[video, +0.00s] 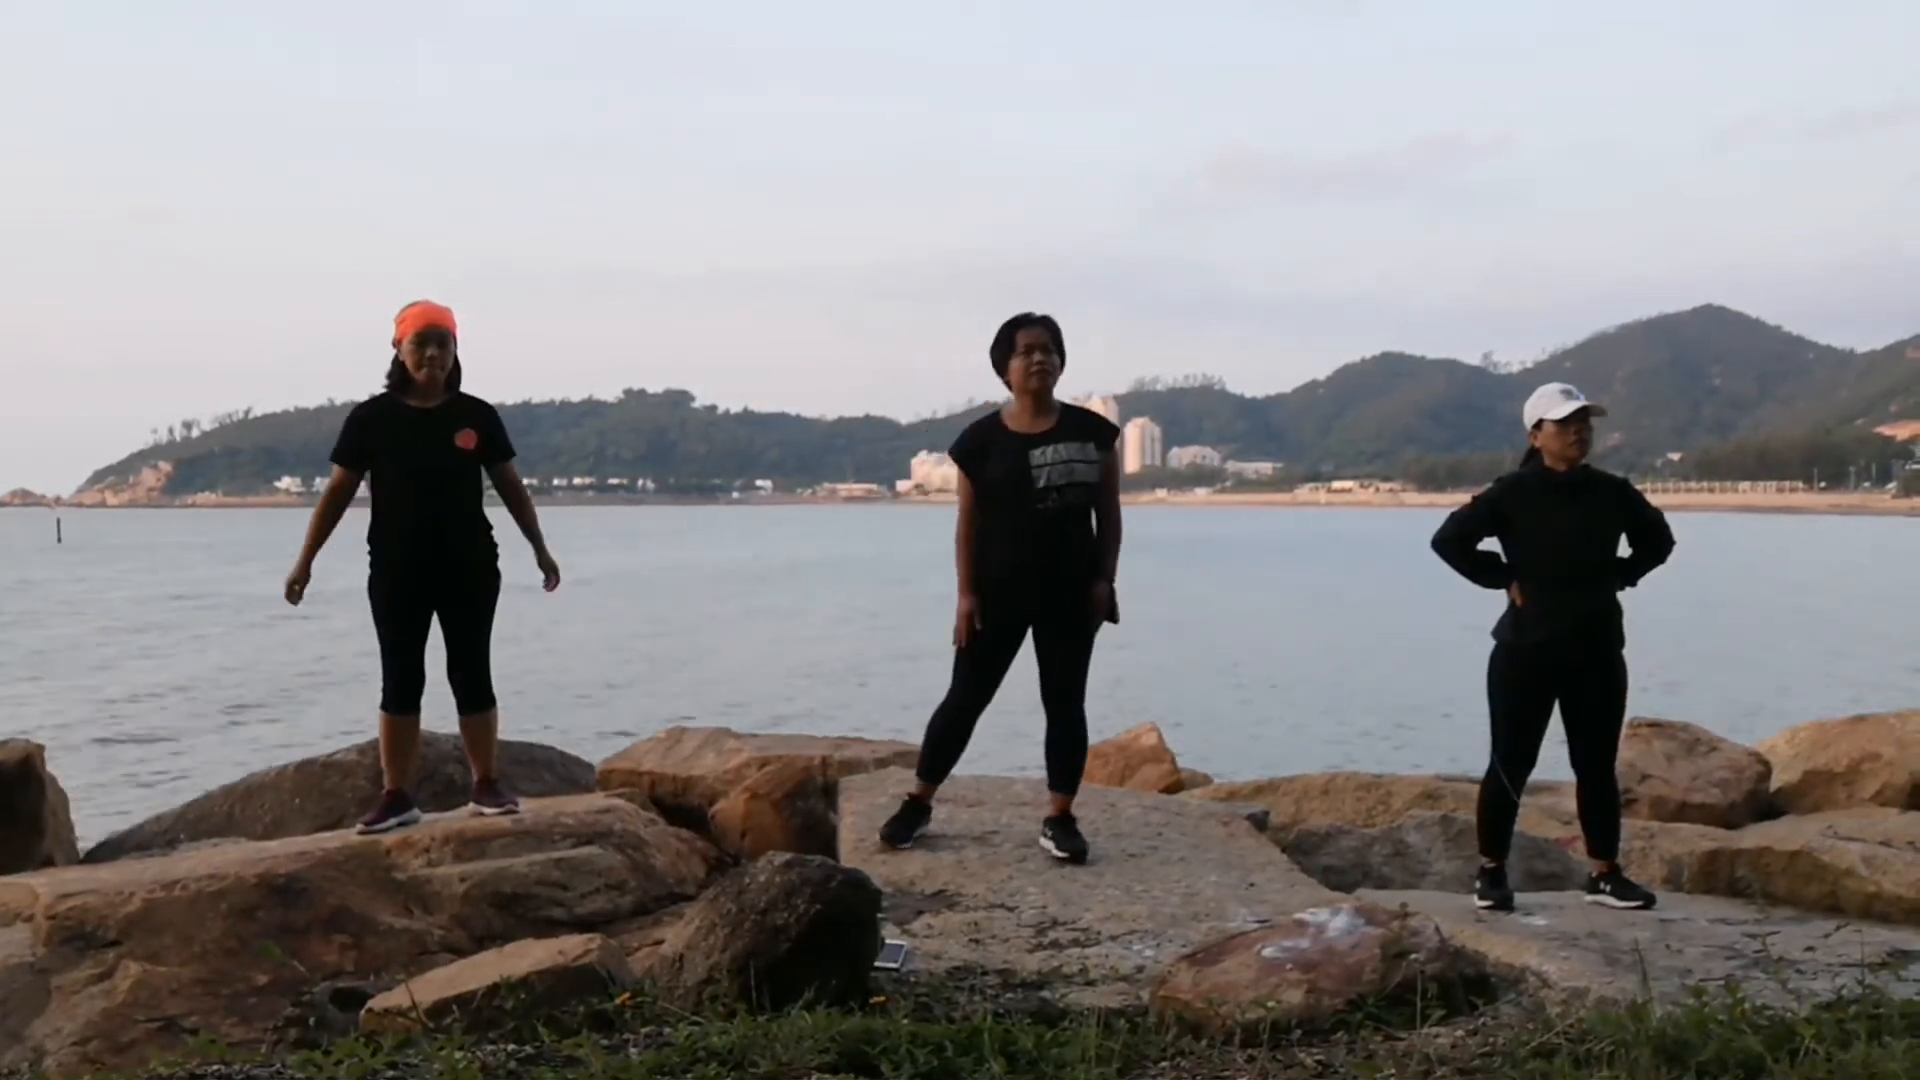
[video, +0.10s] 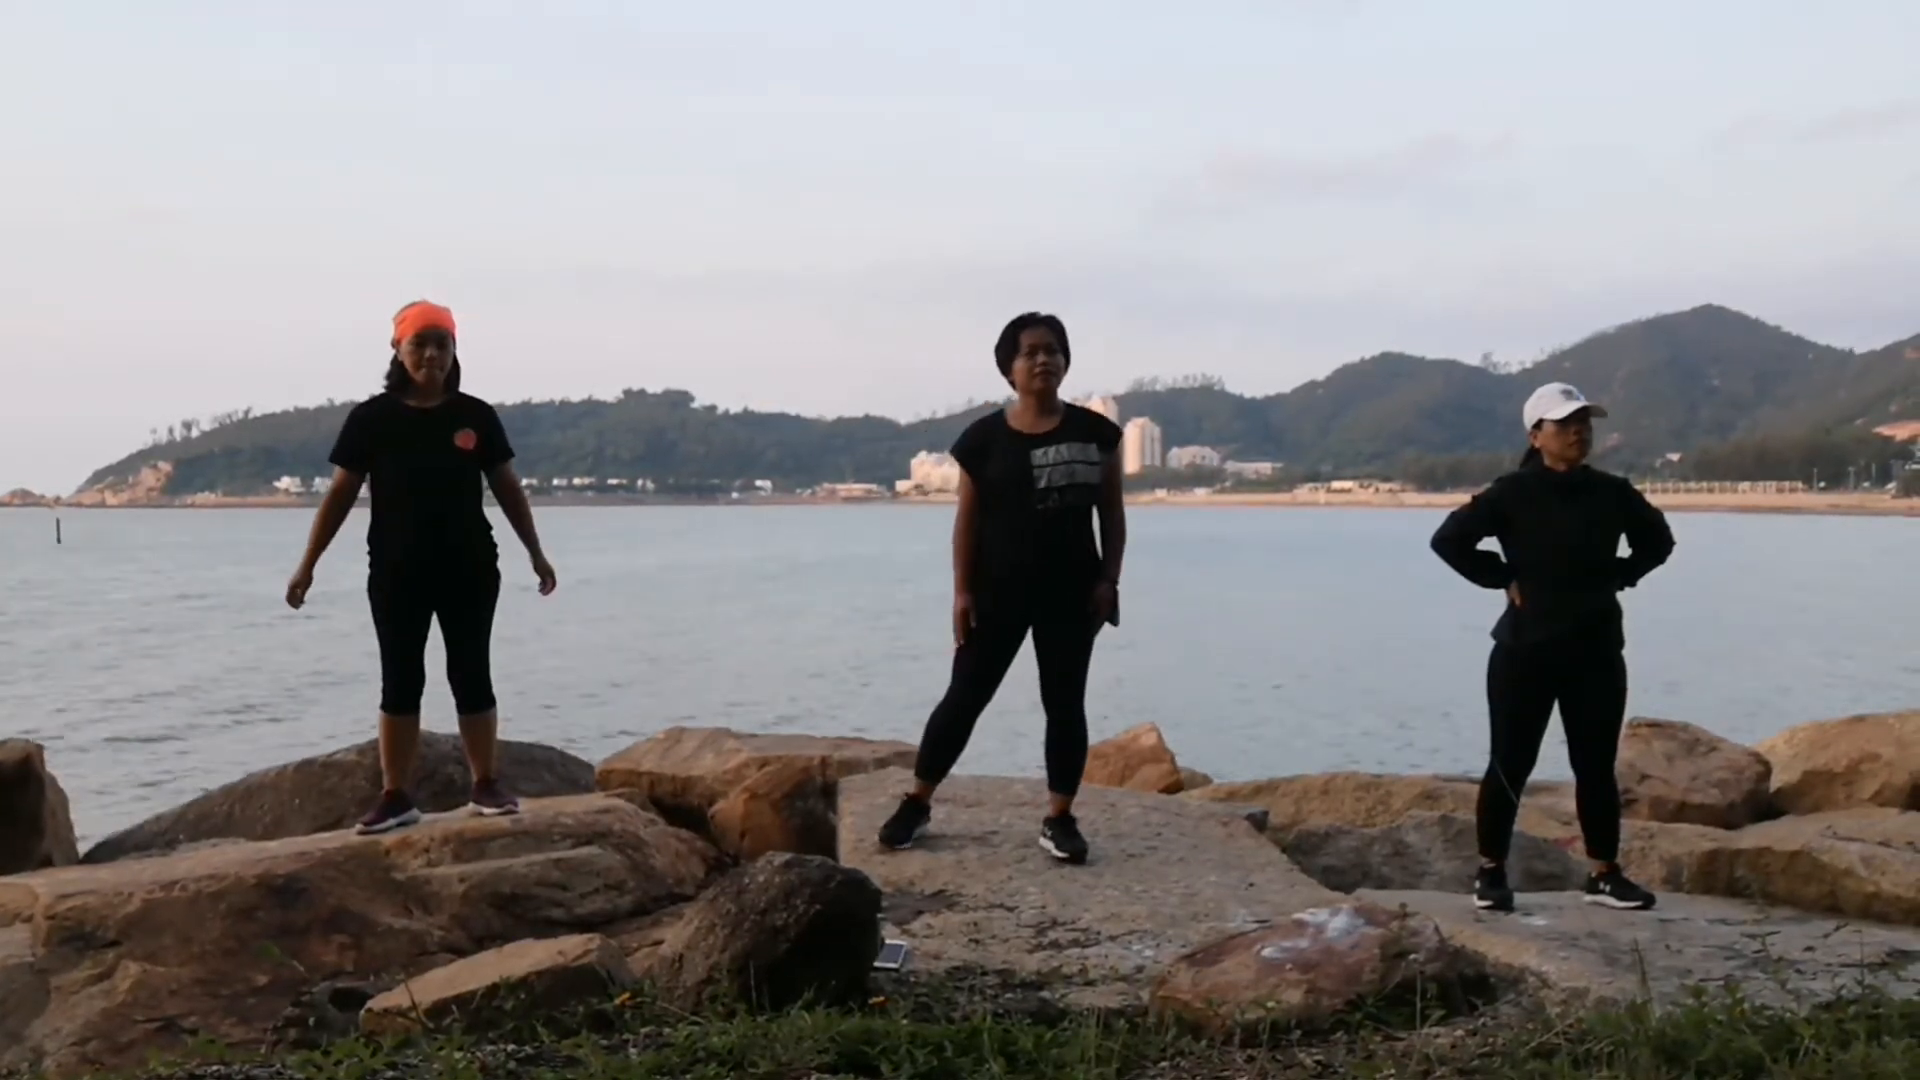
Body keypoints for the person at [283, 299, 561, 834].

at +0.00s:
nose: (432, 352)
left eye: (441, 343)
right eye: (421, 342)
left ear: (454, 350)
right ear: (400, 351)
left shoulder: (477, 418)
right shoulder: (370, 420)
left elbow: (509, 486)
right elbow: (337, 494)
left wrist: (539, 545)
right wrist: (304, 561)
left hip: (468, 570)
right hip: (397, 573)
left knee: (472, 678)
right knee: (400, 685)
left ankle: (485, 785)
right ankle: (395, 796)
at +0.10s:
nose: (430, 352)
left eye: (440, 343)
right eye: (420, 343)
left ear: (453, 351)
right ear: (399, 351)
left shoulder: (476, 418)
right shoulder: (370, 419)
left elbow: (507, 489)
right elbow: (340, 496)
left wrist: (535, 551)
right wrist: (306, 565)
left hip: (468, 571)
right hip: (398, 574)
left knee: (472, 680)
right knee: (399, 687)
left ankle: (485, 785)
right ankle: (394, 796)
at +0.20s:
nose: (430, 352)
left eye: (439, 343)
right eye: (419, 343)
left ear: (452, 351)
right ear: (398, 351)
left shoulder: (475, 417)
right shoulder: (370, 420)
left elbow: (502, 494)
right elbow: (346, 501)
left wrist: (521, 560)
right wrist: (325, 572)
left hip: (467, 571)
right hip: (397, 575)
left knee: (472, 680)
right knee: (399, 687)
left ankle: (484, 785)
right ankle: (394, 795)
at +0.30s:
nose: (430, 353)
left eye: (439, 343)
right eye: (419, 344)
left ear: (452, 350)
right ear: (397, 351)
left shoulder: (476, 416)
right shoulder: (369, 419)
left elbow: (498, 494)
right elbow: (353, 501)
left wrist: (499, 556)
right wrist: (354, 569)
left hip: (465, 571)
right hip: (397, 574)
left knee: (472, 680)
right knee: (398, 686)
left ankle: (484, 786)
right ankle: (395, 796)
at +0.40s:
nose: (430, 353)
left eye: (439, 343)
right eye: (418, 344)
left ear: (451, 350)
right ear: (397, 351)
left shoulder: (476, 416)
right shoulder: (368, 419)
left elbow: (496, 487)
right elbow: (356, 497)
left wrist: (480, 540)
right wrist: (381, 555)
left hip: (466, 569)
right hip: (397, 572)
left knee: (471, 679)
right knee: (398, 685)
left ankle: (484, 786)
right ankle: (395, 796)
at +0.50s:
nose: (430, 353)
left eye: (439, 343)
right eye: (418, 344)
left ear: (451, 349)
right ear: (397, 351)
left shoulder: (476, 415)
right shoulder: (368, 418)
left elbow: (497, 484)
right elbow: (356, 495)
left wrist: (473, 530)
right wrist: (396, 543)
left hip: (467, 567)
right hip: (396, 570)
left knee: (471, 677)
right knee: (399, 683)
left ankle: (484, 787)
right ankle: (395, 796)